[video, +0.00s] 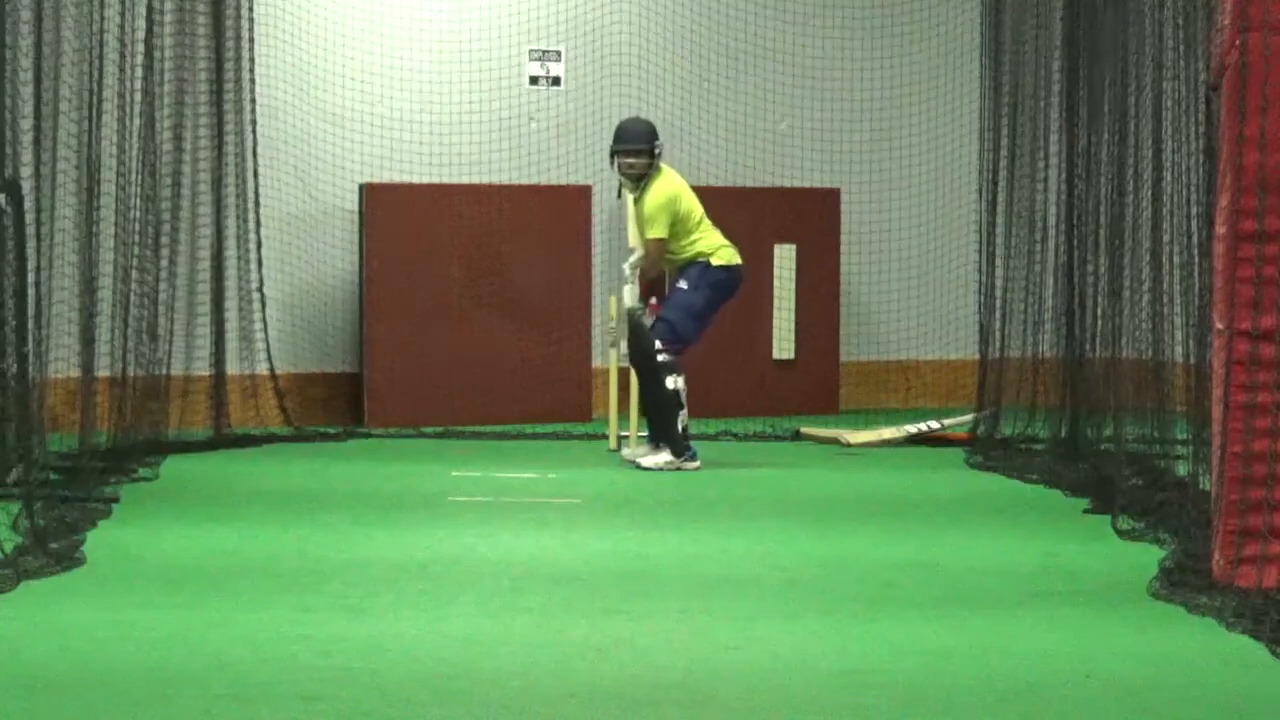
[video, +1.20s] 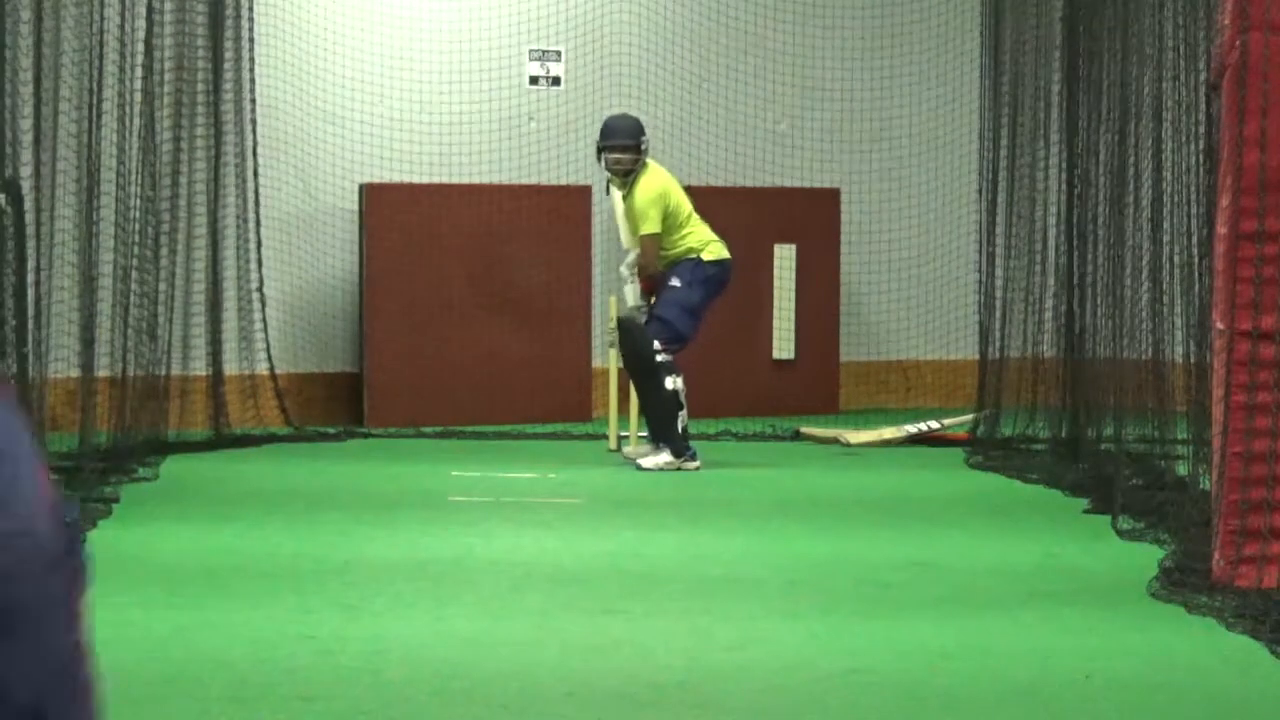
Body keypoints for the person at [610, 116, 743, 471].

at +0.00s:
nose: (631, 163)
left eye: (640, 155)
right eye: (624, 155)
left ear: (654, 156)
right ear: (614, 158)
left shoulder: (659, 193)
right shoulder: (637, 185)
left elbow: (654, 262)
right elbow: (644, 234)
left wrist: (637, 280)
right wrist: (641, 256)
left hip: (714, 264)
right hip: (692, 264)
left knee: (658, 346)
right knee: (648, 343)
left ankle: (677, 449)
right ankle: (661, 442)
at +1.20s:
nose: (619, 159)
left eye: (628, 151)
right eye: (612, 151)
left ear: (641, 152)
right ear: (601, 154)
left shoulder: (648, 188)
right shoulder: (621, 182)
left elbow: (649, 263)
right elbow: (636, 231)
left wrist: (642, 279)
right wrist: (635, 259)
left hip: (703, 260)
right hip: (678, 261)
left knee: (653, 344)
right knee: (641, 342)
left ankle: (678, 449)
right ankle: (661, 440)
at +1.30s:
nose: (616, 160)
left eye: (625, 151)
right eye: (608, 152)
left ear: (636, 153)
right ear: (597, 155)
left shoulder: (644, 189)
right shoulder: (616, 178)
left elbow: (649, 260)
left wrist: (643, 284)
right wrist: (629, 251)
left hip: (699, 258)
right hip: (675, 259)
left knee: (655, 344)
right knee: (645, 342)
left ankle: (677, 448)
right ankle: (664, 439)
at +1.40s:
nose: (611, 165)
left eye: (619, 156)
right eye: (603, 158)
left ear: (631, 157)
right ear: (591, 160)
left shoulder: (643, 193)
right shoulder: (603, 180)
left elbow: (652, 264)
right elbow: (620, 217)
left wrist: (634, 276)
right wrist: (618, 239)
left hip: (698, 254)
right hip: (672, 257)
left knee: (654, 342)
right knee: (642, 341)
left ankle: (672, 446)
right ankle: (662, 438)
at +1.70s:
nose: (601, 191)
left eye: (608, 183)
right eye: (593, 185)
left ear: (620, 173)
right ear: (582, 179)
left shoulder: (641, 184)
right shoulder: (583, 195)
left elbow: (658, 239)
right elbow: (591, 234)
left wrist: (625, 281)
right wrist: (596, 256)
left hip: (681, 257)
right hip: (644, 262)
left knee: (648, 340)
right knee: (614, 342)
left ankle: (622, 443)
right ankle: (663, 438)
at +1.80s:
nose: (602, 188)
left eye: (608, 179)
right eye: (593, 181)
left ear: (621, 170)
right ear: (582, 176)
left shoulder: (639, 166)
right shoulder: (582, 206)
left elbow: (660, 168)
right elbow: (611, 248)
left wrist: (643, 222)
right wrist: (624, 257)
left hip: (675, 254)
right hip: (635, 266)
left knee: (650, 339)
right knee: (619, 344)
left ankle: (623, 442)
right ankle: (663, 437)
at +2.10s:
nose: (607, 174)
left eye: (614, 166)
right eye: (598, 169)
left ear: (626, 151)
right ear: (584, 159)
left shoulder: (646, 151)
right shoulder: (580, 187)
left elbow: (690, 162)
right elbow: (614, 234)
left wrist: (690, 220)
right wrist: (655, 254)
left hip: (662, 255)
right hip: (613, 260)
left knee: (648, 345)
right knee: (603, 345)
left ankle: (633, 438)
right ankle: (616, 421)